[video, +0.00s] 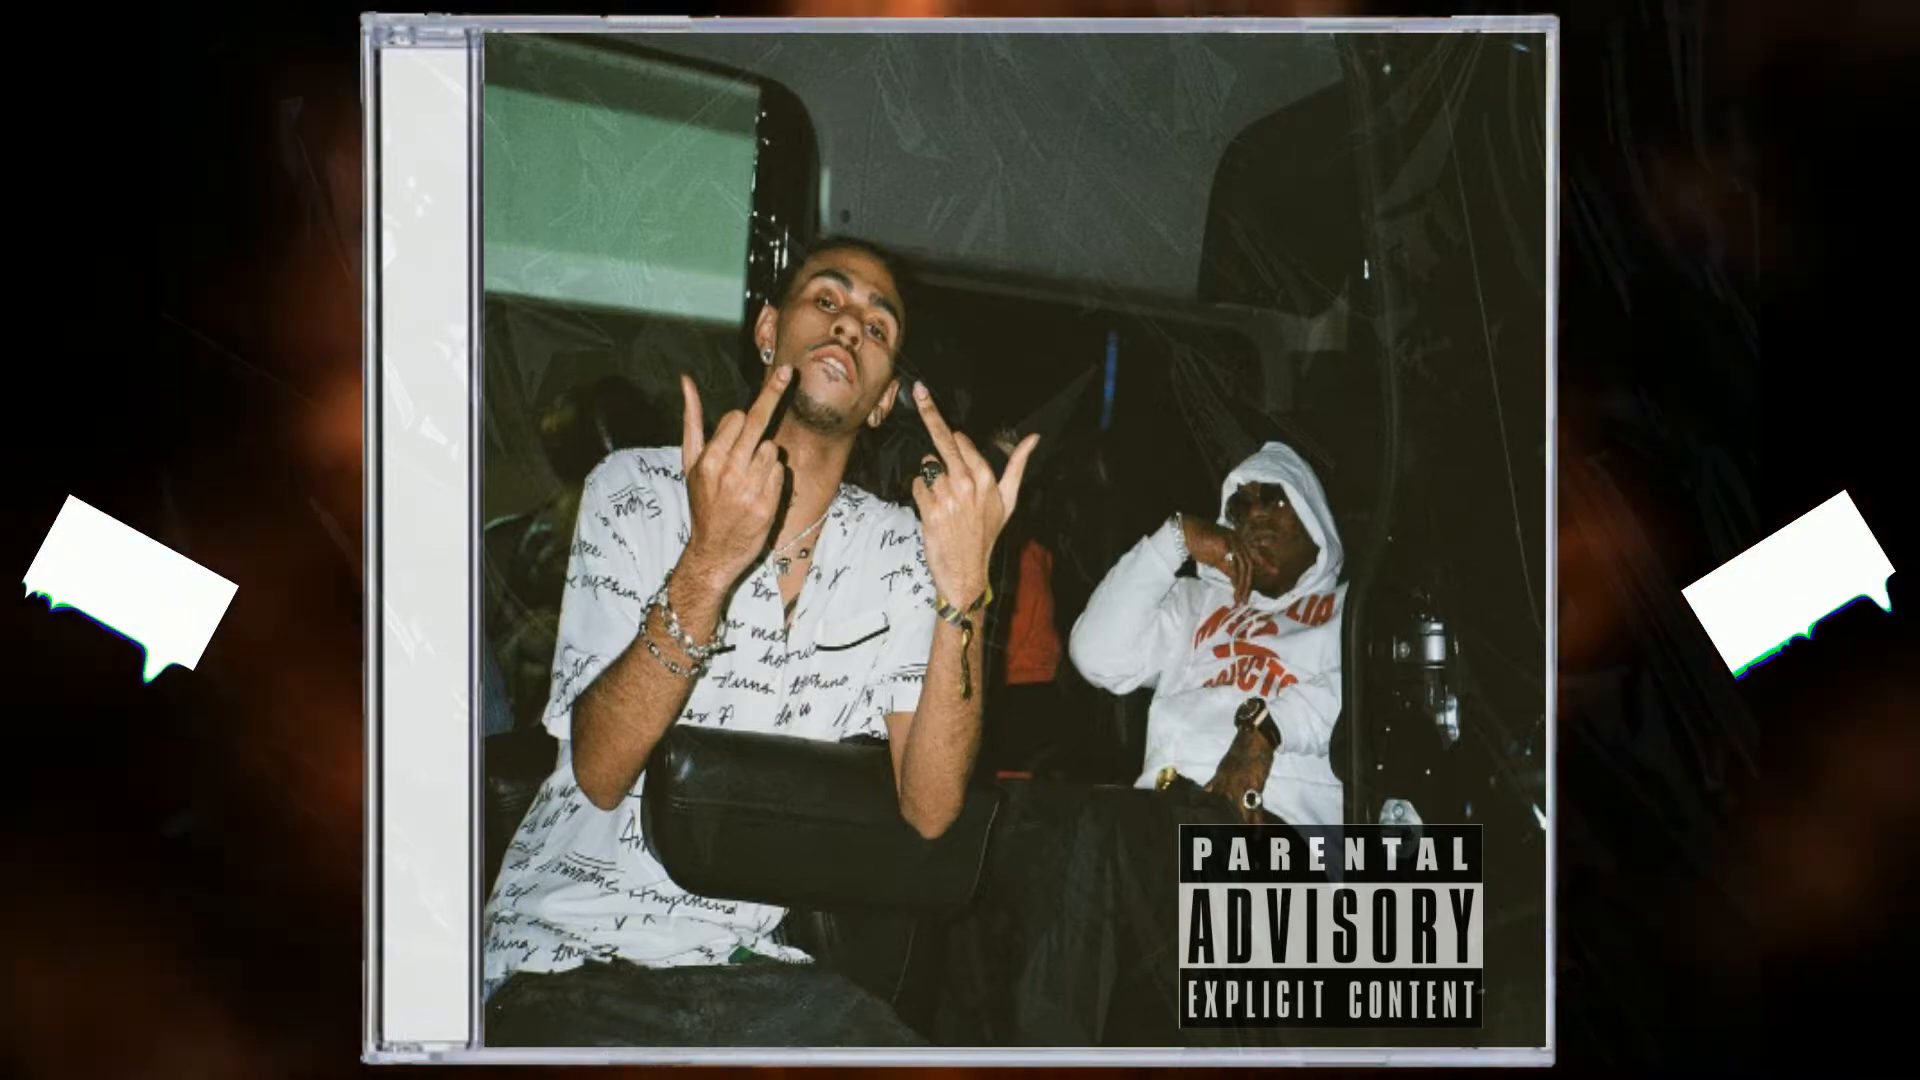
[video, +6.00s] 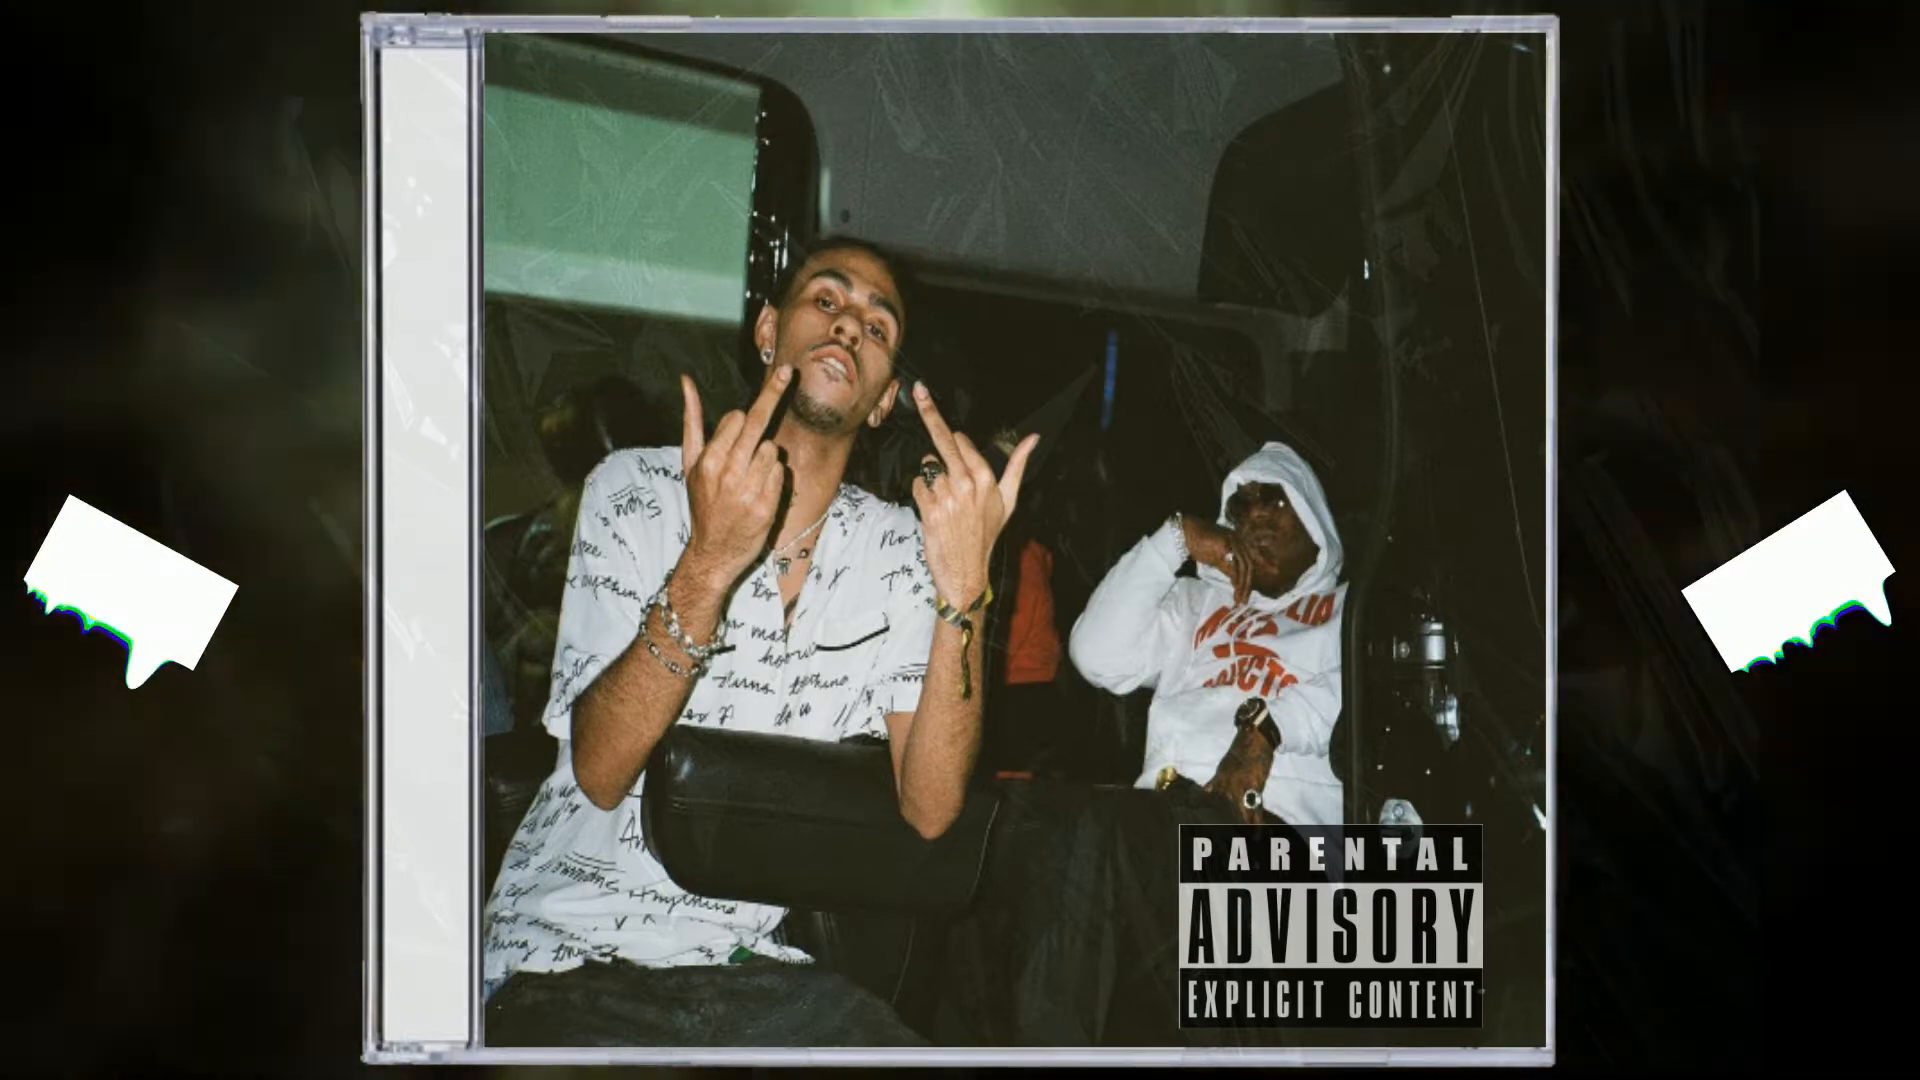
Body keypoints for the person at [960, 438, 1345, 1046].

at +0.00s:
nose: (1257, 522)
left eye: (1277, 505)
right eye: (1243, 507)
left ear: (1318, 526)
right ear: (1226, 526)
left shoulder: (1350, 607)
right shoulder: (1196, 601)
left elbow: (1355, 698)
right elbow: (1099, 658)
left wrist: (1266, 727)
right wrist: (1177, 538)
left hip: (1284, 818)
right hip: (1163, 809)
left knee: (1099, 822)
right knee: (1028, 810)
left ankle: (1049, 1053)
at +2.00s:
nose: (1258, 520)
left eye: (1278, 503)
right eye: (1243, 505)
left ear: (1317, 525)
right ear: (1226, 526)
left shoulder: (1349, 610)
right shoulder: (1195, 602)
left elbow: (1343, 703)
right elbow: (1099, 658)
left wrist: (1264, 727)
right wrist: (1177, 539)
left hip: (1283, 819)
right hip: (1163, 808)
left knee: (1102, 822)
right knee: (1028, 810)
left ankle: (1049, 1051)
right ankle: (969, 1047)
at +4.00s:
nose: (1258, 517)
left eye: (1279, 501)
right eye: (1245, 502)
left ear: (1318, 522)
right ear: (1227, 523)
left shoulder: (1351, 607)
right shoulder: (1197, 601)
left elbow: (1351, 701)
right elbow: (1099, 657)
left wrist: (1269, 725)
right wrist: (1177, 539)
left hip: (1284, 815)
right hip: (1166, 806)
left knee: (1101, 824)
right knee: (1025, 810)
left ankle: (1052, 1051)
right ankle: (968, 1046)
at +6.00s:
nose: (1259, 517)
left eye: (1280, 501)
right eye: (1246, 502)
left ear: (1319, 522)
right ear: (1227, 523)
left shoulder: (1351, 605)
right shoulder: (1197, 601)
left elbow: (1354, 702)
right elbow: (1099, 658)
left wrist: (1269, 725)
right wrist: (1176, 539)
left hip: (1286, 816)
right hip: (1166, 807)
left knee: (1102, 825)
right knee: (1027, 811)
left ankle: (1052, 1051)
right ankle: (972, 1047)